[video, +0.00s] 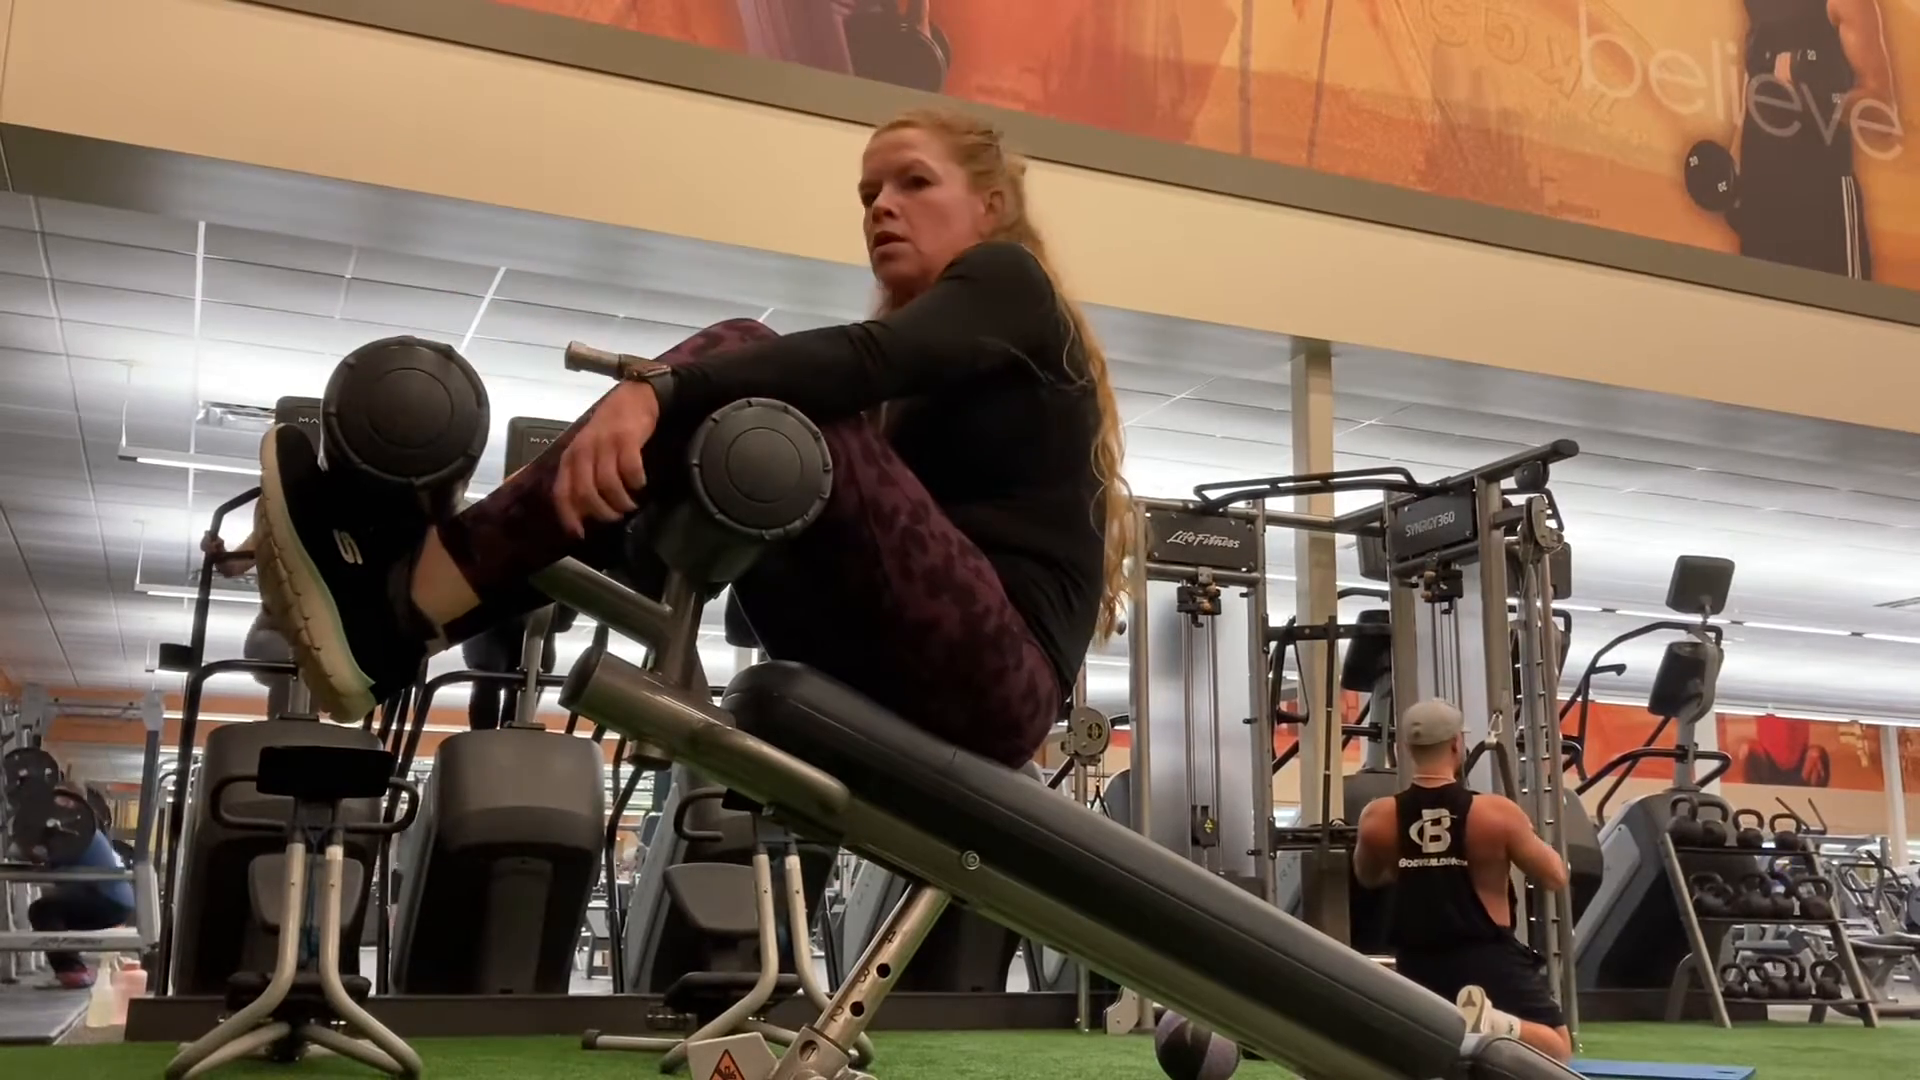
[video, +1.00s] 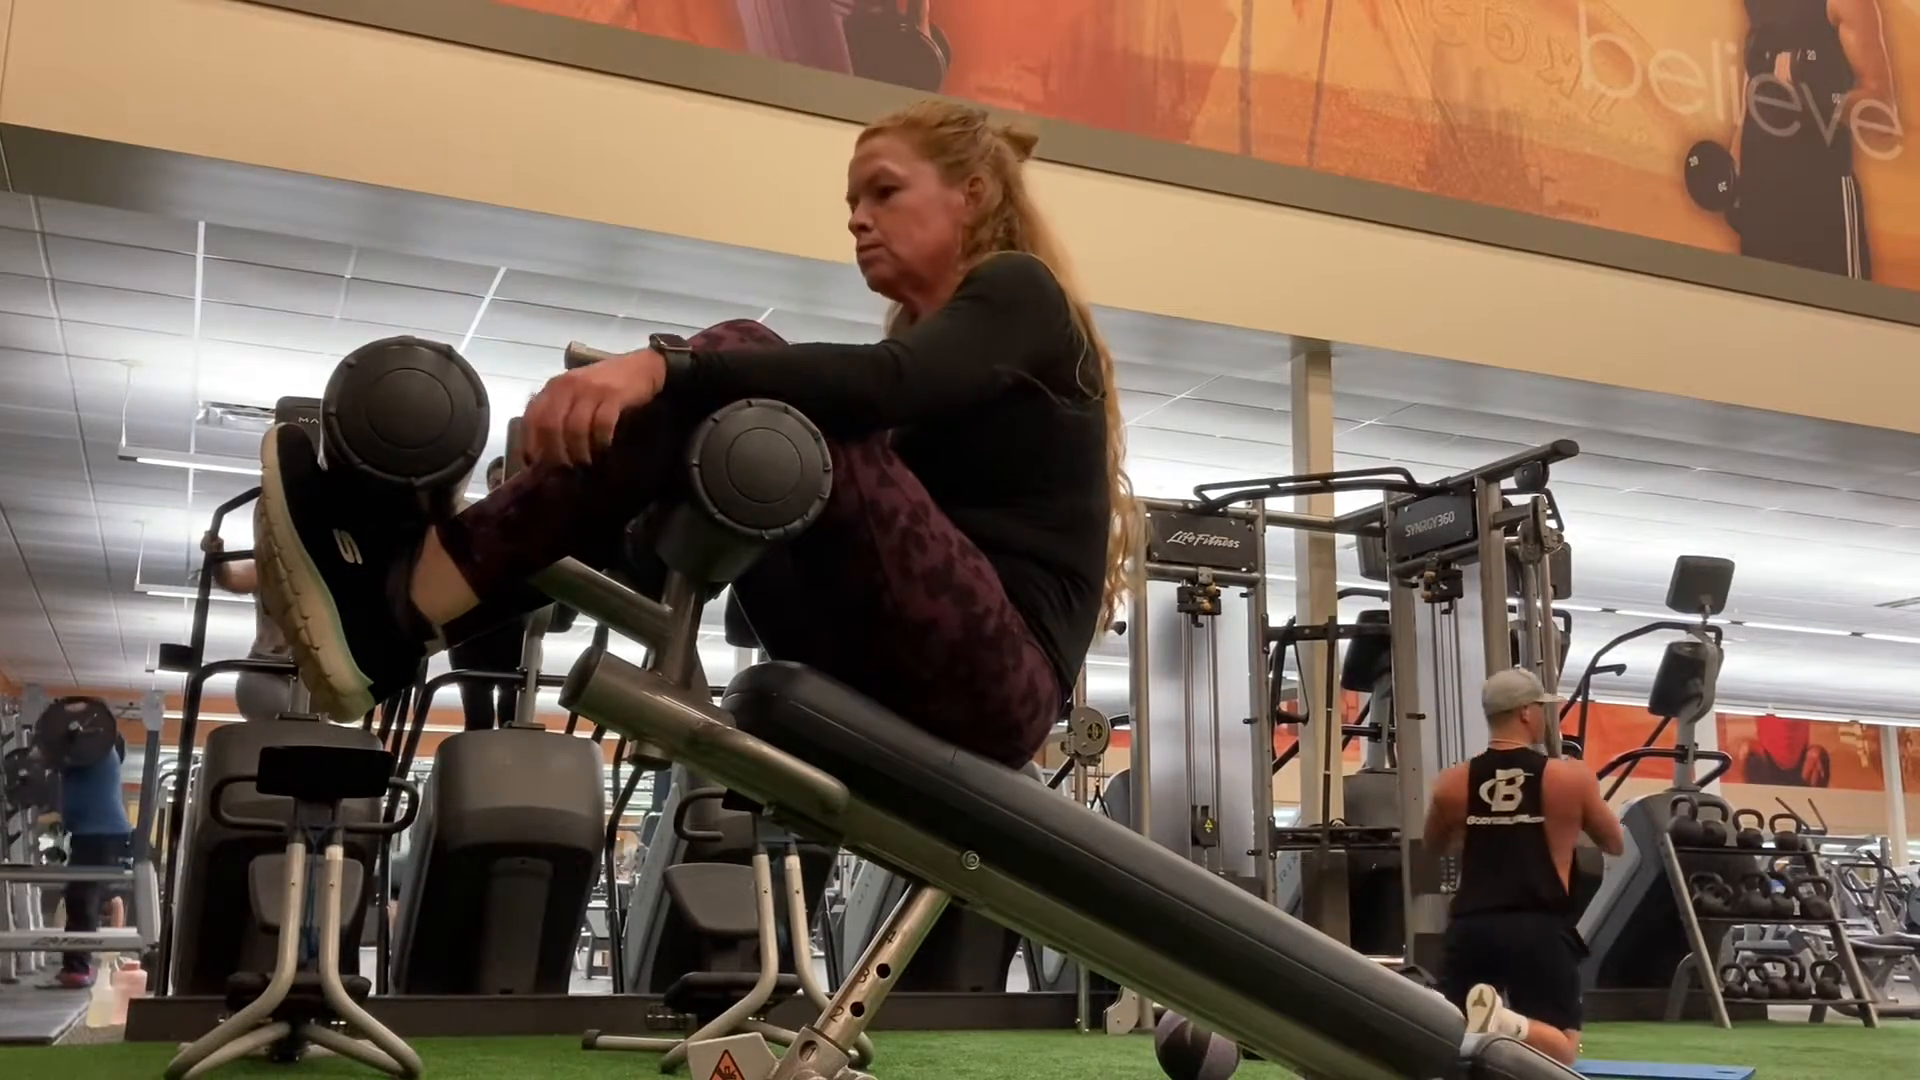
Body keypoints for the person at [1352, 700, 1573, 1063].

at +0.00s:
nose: (1464, 745)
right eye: (1462, 739)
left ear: (1406, 749)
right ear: (1456, 745)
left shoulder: (1378, 817)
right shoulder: (1497, 814)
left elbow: (1368, 875)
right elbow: (1555, 877)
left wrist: (1412, 853)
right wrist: (1530, 842)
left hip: (1416, 968)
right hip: (1490, 966)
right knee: (1561, 1049)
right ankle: (1493, 1022)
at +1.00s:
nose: (1544, 715)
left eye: (1542, 706)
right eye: (1540, 707)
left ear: (1489, 715)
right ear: (1526, 713)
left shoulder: (1454, 781)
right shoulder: (1572, 777)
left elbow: (1433, 846)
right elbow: (1614, 844)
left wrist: (1476, 819)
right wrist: (1579, 808)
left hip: (1470, 930)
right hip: (1540, 933)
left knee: (1464, 1040)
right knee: (1566, 1051)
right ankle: (1503, 1019)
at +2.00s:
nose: (1549, 671)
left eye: (1547, 662)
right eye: (1545, 662)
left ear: (1495, 671)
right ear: (1528, 668)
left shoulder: (1458, 722)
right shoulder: (1573, 721)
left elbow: (1437, 789)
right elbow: (1613, 792)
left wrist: (1481, 768)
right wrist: (1582, 764)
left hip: (1467, 848)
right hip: (1531, 849)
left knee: (1478, 922)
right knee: (1542, 986)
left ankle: (1499, 1020)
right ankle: (1509, 1009)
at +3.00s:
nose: (1597, 604)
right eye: (1604, 595)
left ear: (1563, 599)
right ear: (1609, 598)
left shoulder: (1538, 654)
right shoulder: (1649, 652)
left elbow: (1514, 730)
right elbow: (1666, 730)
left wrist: (1491, 794)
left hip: (1570, 795)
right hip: (1639, 794)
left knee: (1538, 900)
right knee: (1660, 911)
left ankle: (1513, 1027)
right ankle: (1683, 1039)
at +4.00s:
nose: (1450, 613)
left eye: (1455, 605)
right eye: (1451, 605)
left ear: (1476, 607)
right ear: (1492, 606)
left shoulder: (1489, 647)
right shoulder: (1522, 647)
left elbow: (1488, 719)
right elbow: (1536, 724)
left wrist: (1462, 748)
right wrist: (1482, 741)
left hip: (1516, 784)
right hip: (1554, 782)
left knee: (1511, 904)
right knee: (1573, 899)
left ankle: (1507, 1027)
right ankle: (1647, 1004)